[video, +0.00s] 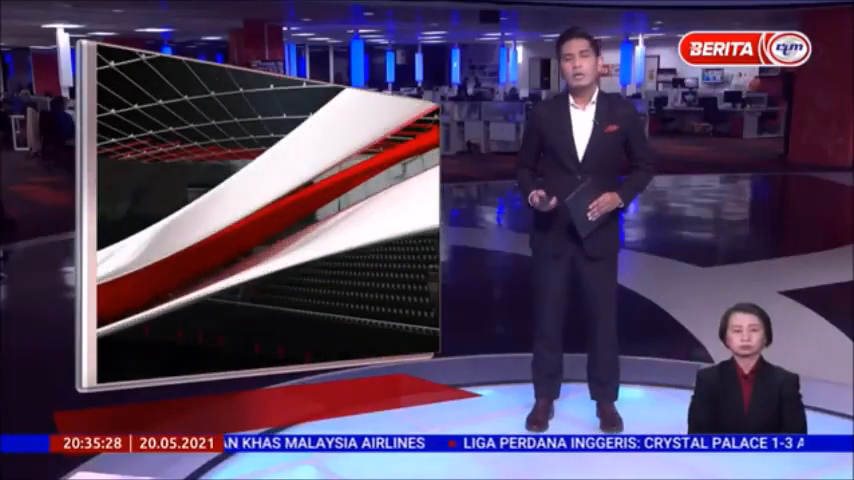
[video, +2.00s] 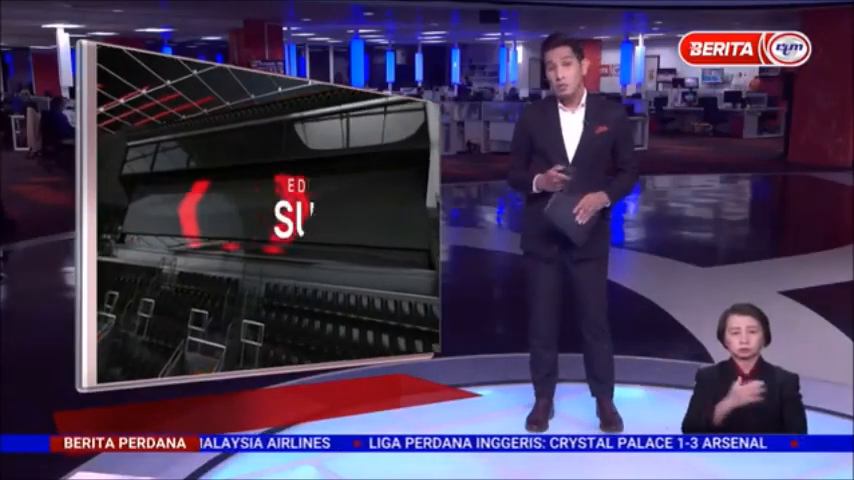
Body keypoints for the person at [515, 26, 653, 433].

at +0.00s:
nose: (576, 64)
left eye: (584, 56)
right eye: (568, 58)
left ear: (599, 63)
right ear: (560, 67)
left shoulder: (621, 111)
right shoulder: (542, 112)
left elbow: (644, 166)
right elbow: (524, 166)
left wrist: (620, 196)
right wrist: (533, 192)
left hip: (599, 229)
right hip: (551, 229)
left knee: (602, 316)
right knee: (548, 315)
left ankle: (606, 400)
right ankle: (544, 397)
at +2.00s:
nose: (558, 73)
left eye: (566, 64)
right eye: (551, 67)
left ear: (583, 66)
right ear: (545, 74)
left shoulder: (610, 111)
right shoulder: (532, 114)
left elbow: (628, 171)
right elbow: (515, 174)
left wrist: (604, 196)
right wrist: (538, 180)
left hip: (590, 231)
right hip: (542, 233)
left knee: (594, 319)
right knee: (542, 319)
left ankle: (605, 400)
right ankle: (542, 398)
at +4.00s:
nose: (563, 71)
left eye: (570, 63)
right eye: (555, 64)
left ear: (585, 68)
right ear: (546, 72)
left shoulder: (608, 112)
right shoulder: (530, 115)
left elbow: (627, 171)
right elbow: (513, 172)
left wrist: (600, 201)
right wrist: (536, 186)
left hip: (590, 231)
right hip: (542, 231)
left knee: (593, 321)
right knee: (543, 321)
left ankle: (605, 400)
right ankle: (542, 400)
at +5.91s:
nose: (558, 72)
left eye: (566, 64)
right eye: (551, 65)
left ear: (582, 69)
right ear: (543, 72)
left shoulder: (606, 111)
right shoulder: (529, 116)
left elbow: (624, 170)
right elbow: (513, 172)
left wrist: (600, 200)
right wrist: (533, 185)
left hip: (589, 230)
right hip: (541, 232)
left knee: (593, 321)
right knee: (543, 322)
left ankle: (605, 401)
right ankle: (542, 401)